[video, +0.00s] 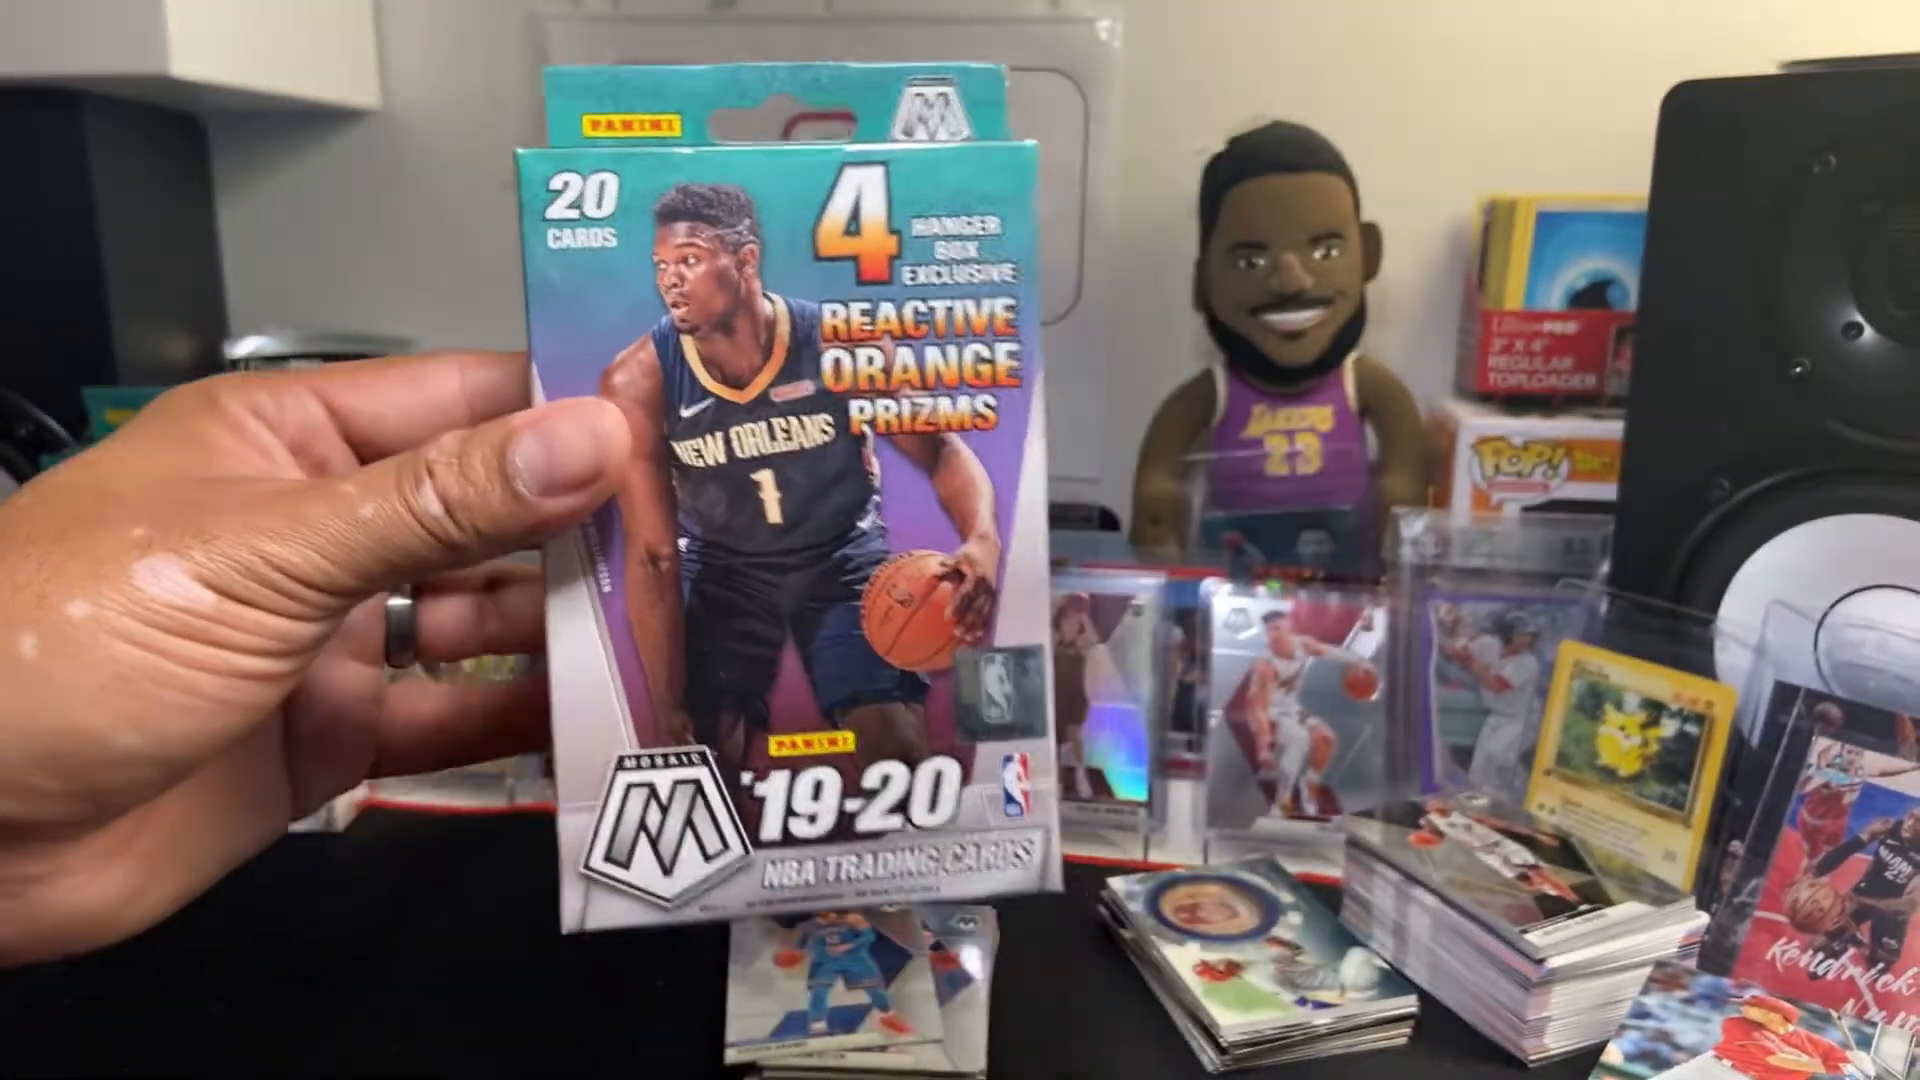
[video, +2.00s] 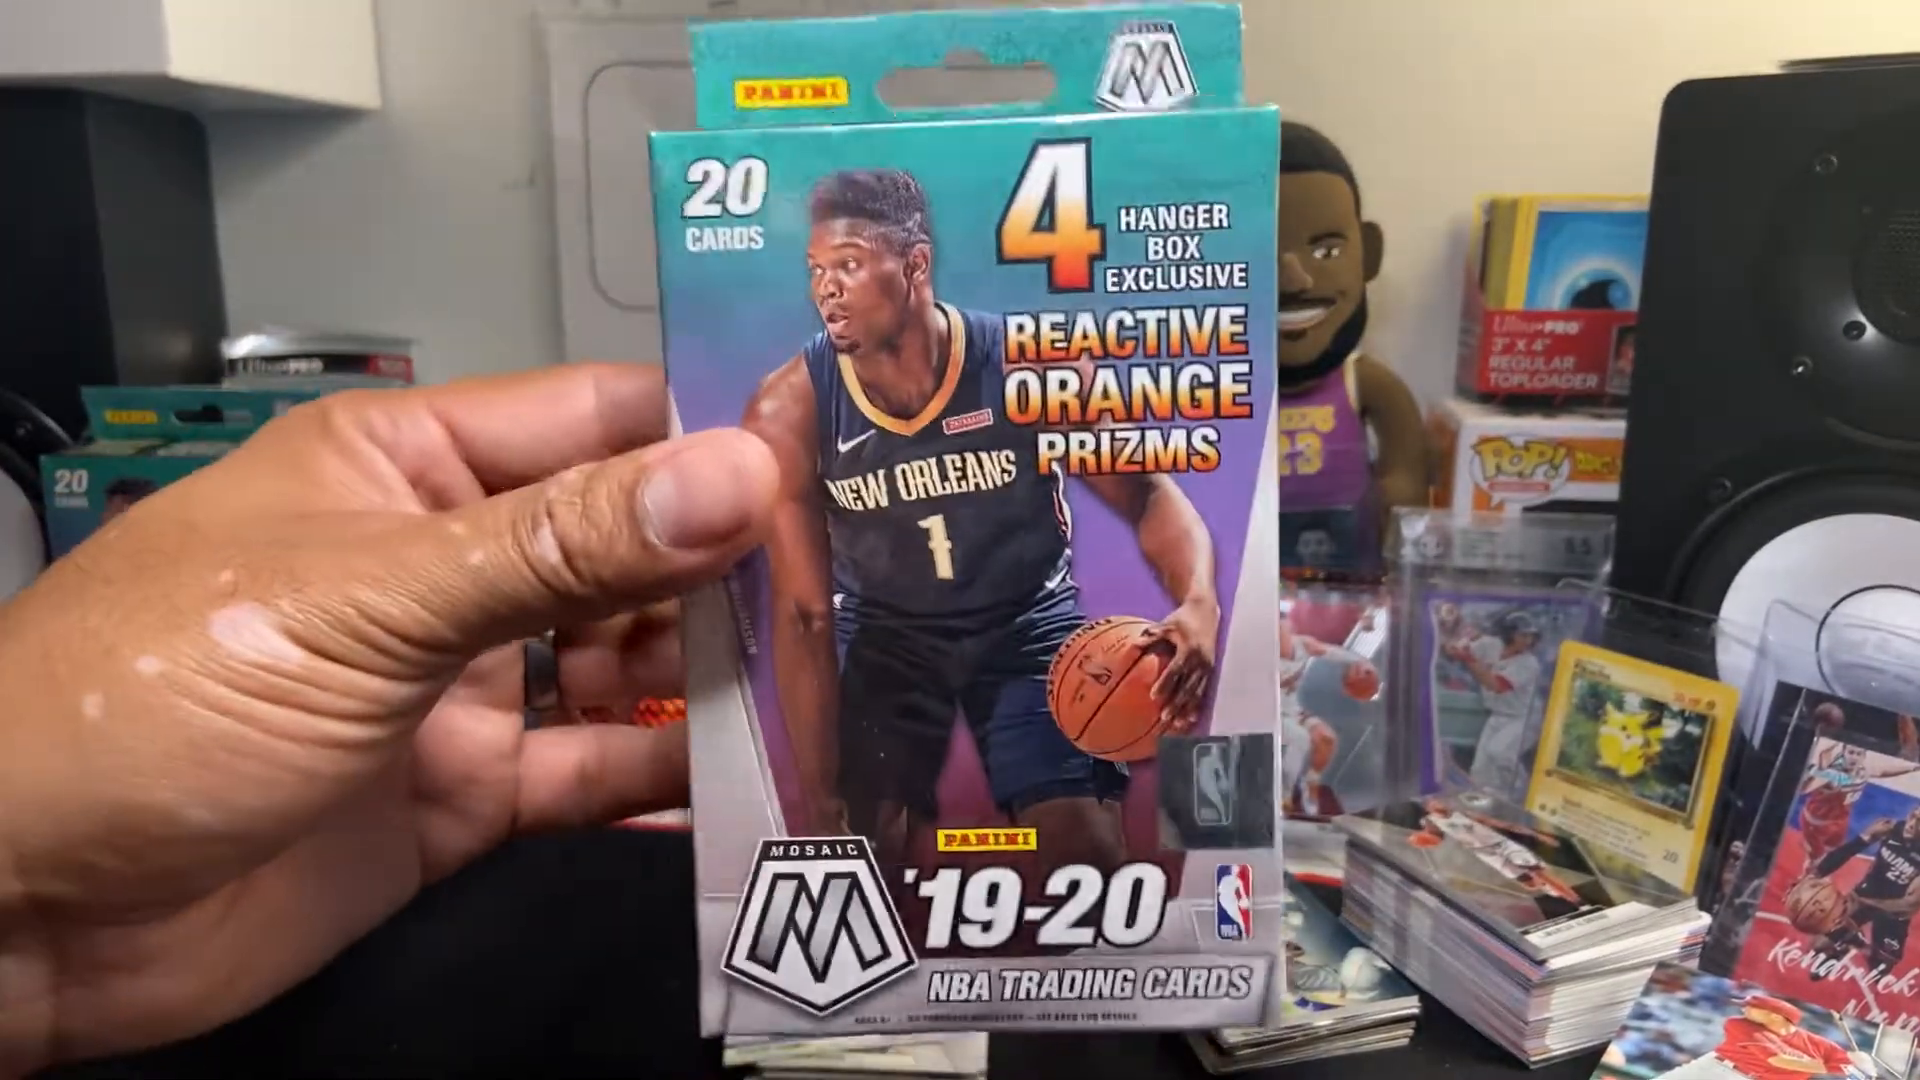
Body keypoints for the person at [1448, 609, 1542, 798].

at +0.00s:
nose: (1527, 640)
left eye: (1530, 635)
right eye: (1522, 634)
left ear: (1532, 638)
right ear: (1510, 635)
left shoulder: (1528, 662)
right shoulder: (1493, 649)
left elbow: (1498, 684)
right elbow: (1460, 651)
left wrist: (1473, 663)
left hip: (1516, 722)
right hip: (1495, 718)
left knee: (1496, 752)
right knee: (1481, 755)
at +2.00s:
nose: (1528, 641)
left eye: (1531, 636)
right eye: (1523, 635)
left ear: (1535, 639)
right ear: (1511, 635)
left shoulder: (1529, 663)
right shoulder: (1492, 645)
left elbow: (1498, 684)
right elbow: (1462, 651)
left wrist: (1471, 661)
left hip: (1521, 722)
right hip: (1496, 718)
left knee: (1497, 751)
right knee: (1481, 763)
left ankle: (1520, 788)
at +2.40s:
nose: (1528, 641)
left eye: (1531, 636)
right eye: (1523, 635)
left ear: (1534, 639)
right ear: (1511, 634)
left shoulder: (1530, 664)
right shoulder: (1492, 646)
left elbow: (1500, 685)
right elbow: (1461, 651)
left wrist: (1473, 662)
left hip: (1519, 721)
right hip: (1497, 717)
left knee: (1498, 752)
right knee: (1483, 754)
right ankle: (1478, 794)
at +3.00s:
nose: (1528, 641)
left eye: (1531, 636)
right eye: (1523, 635)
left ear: (1534, 639)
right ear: (1511, 635)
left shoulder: (1529, 663)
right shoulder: (1492, 645)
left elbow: (1500, 685)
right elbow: (1461, 651)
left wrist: (1473, 662)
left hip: (1519, 721)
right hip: (1497, 717)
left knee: (1497, 752)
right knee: (1482, 752)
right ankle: (1477, 792)